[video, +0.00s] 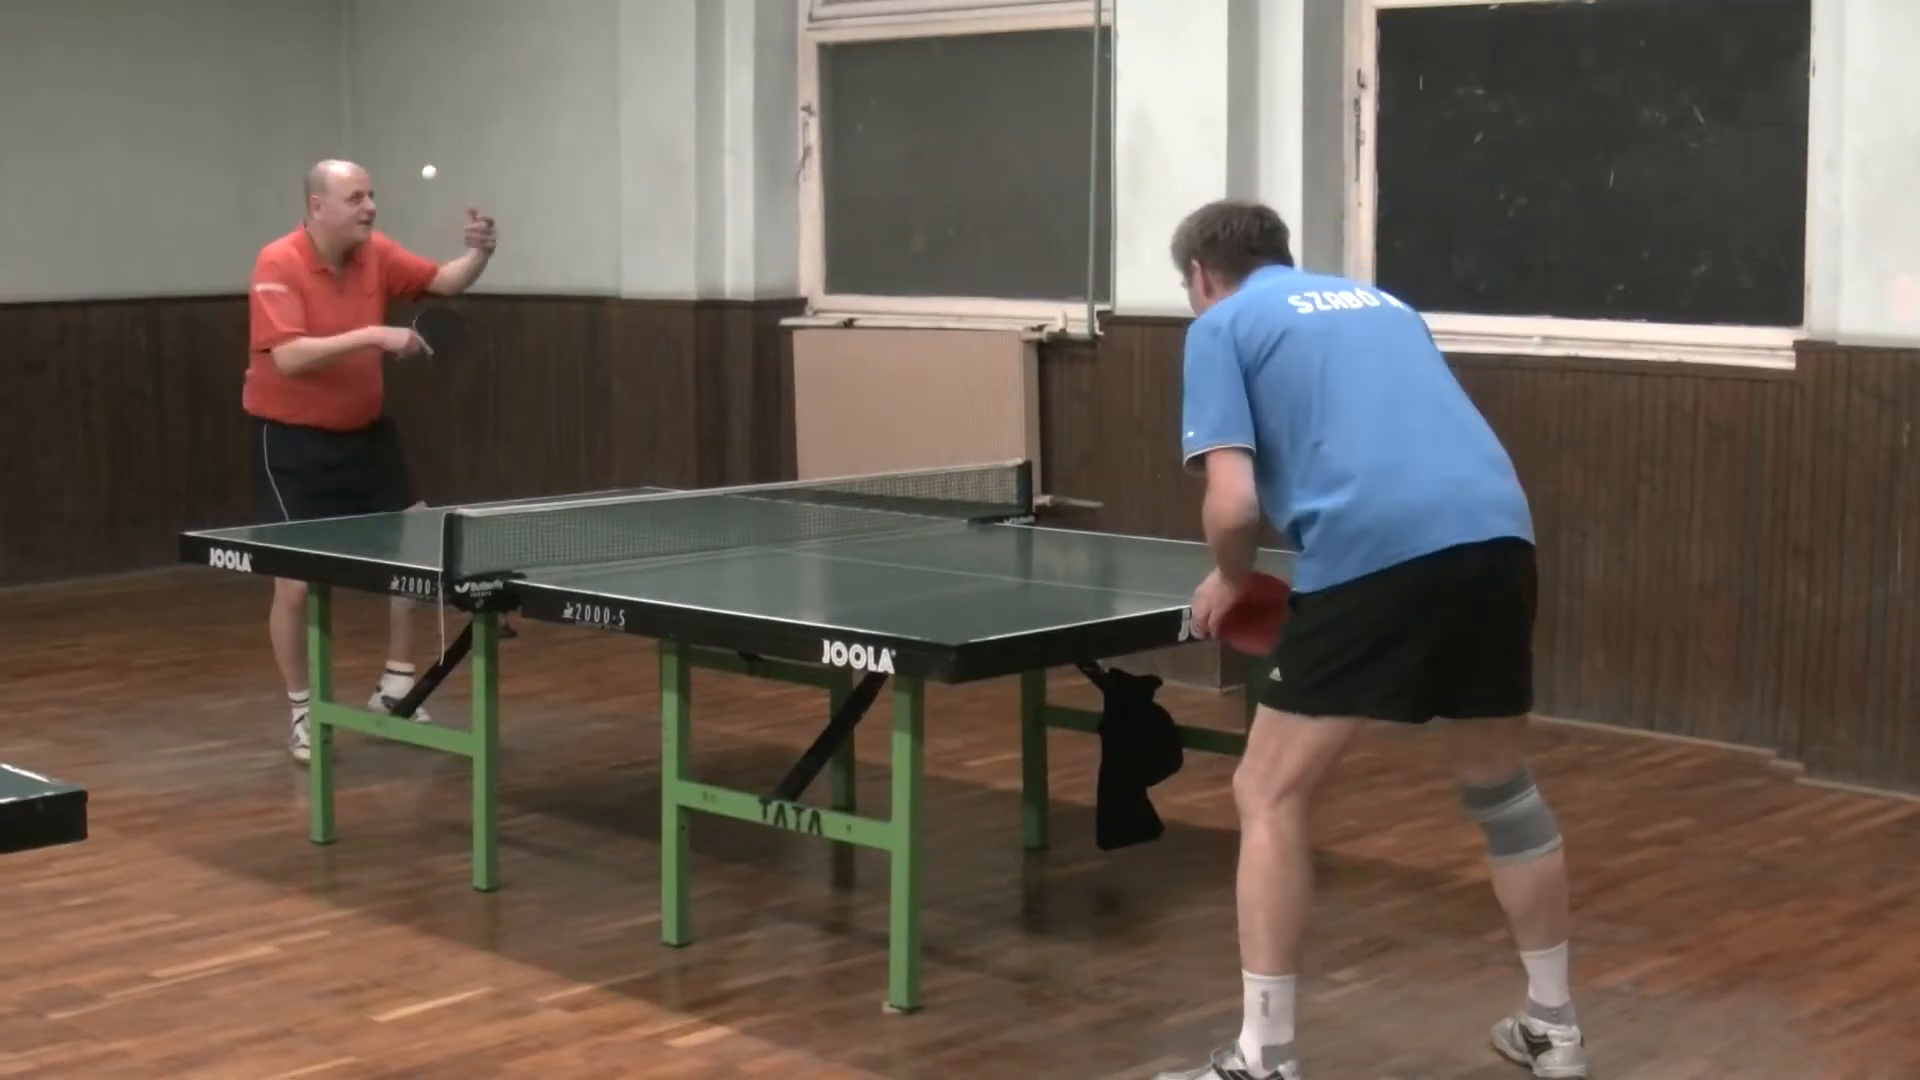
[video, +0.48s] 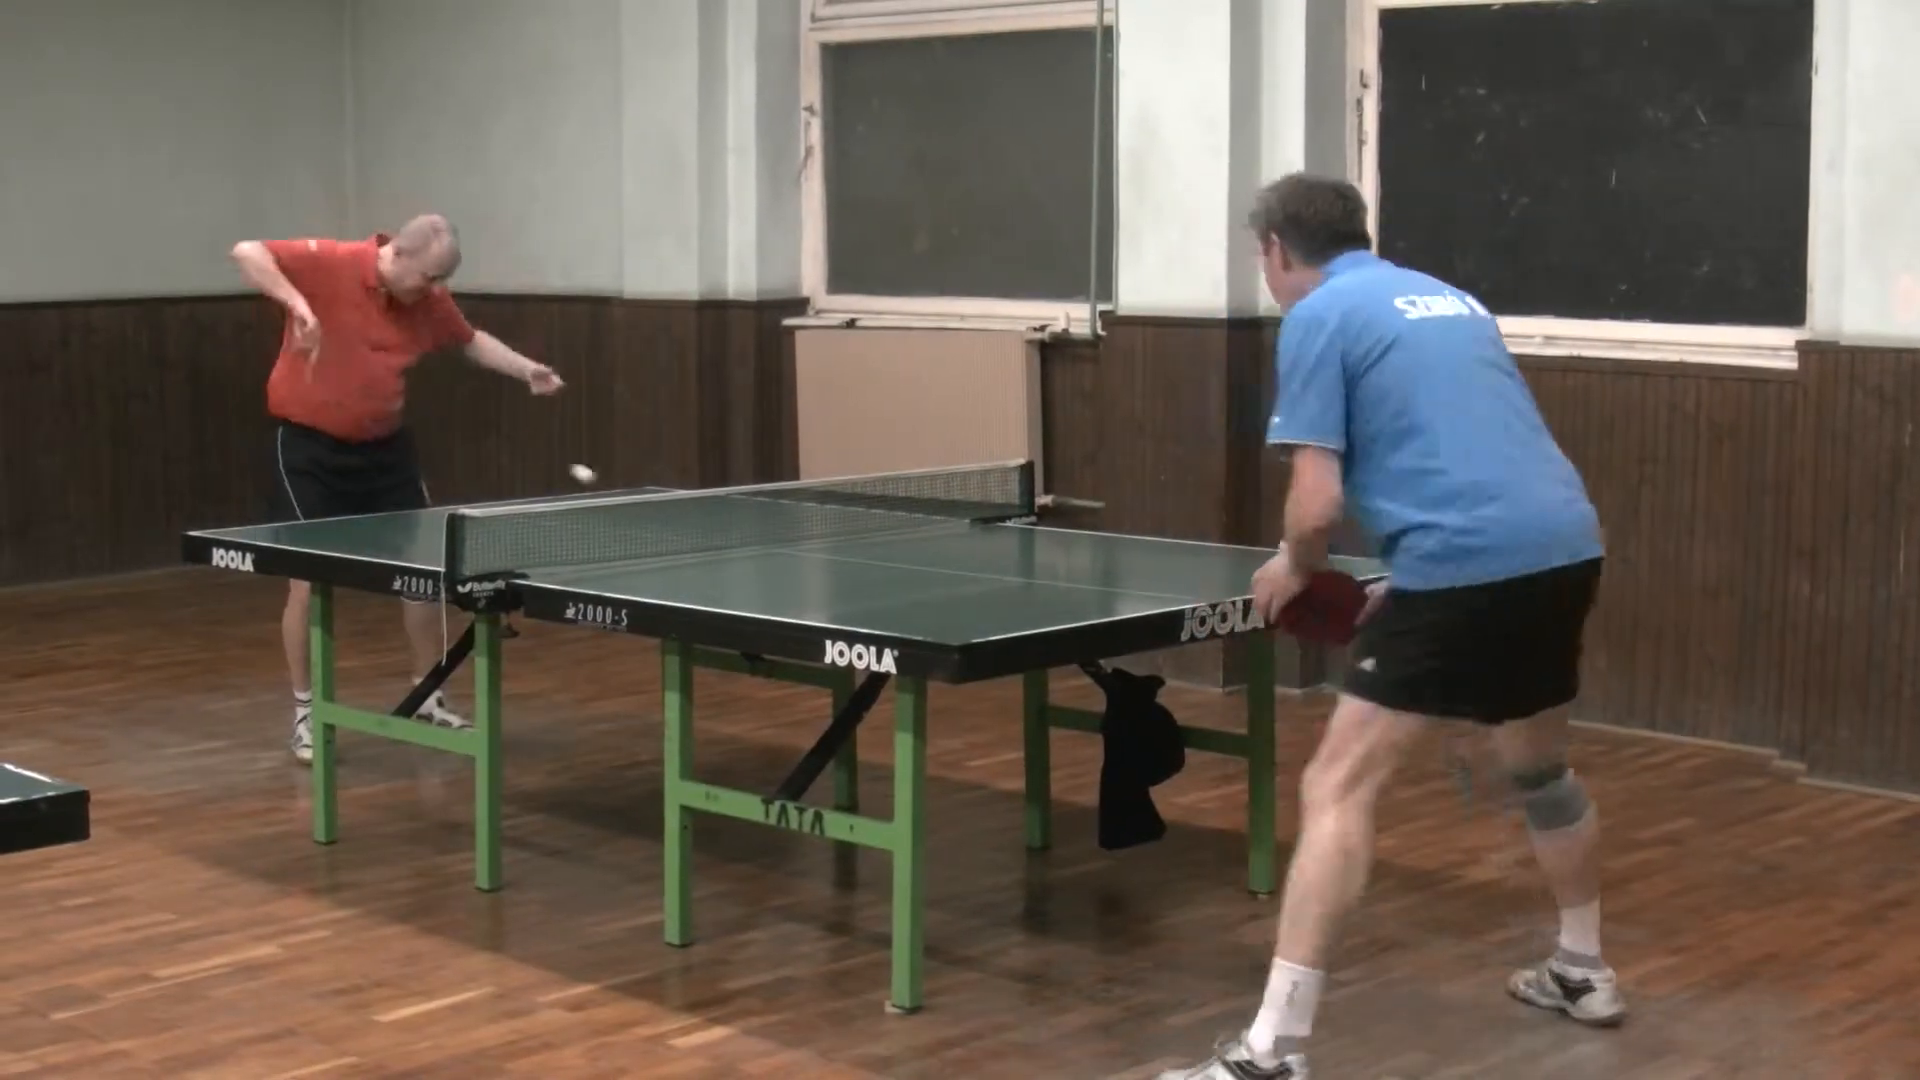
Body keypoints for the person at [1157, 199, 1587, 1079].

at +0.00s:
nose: (1195, 302)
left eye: (1189, 289)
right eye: (1191, 289)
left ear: (1205, 274)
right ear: (1279, 256)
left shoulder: (1219, 324)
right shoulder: (1375, 299)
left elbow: (1232, 501)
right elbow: (1399, 444)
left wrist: (1228, 573)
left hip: (1375, 551)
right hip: (1496, 533)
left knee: (1268, 791)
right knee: (1500, 785)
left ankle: (1265, 1051)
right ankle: (1553, 1021)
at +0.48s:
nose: (1268, 284)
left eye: (1262, 266)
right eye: (1264, 268)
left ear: (1279, 253)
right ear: (1357, 239)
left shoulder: (1315, 318)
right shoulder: (1442, 294)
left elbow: (1317, 506)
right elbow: (1479, 454)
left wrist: (1290, 561)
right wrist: (1401, 570)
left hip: (1459, 564)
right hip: (1565, 551)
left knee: (1338, 785)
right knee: (1536, 765)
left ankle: (1275, 1043)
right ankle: (1583, 968)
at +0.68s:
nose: (1319, 294)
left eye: (1316, 276)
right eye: (1318, 276)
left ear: (1335, 271)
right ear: (1404, 258)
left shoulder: (1372, 344)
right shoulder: (1492, 306)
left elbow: (1395, 518)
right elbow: (1545, 469)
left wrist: (1345, 576)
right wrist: (1445, 564)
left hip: (1548, 571)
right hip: (1645, 548)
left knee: (1449, 813)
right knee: (1575, 725)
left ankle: (1537, 1059)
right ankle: (1616, 947)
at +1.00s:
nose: (1430, 315)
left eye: (1428, 300)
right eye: (1430, 300)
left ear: (1448, 300)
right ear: (1512, 284)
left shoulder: (1489, 369)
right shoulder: (1588, 331)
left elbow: (1528, 513)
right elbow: (1664, 439)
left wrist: (1506, 632)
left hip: (1633, 588)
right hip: (1722, 570)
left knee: (1556, 808)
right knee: (1651, 730)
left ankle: (1544, 1043)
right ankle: (1659, 916)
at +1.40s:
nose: (1519, 206)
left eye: (1526, 193)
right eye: (1522, 194)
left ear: (1557, 200)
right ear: (1582, 193)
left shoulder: (1616, 290)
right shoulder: (1631, 243)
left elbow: (1636, 447)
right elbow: (1500, 221)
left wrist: (1566, 554)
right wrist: (1386, 182)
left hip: (1721, 522)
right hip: (1732, 506)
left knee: (1660, 751)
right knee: (1675, 722)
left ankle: (1770, 989)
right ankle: (1683, 908)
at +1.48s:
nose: (1531, 193)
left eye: (1539, 176)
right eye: (1533, 177)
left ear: (1576, 182)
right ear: (1595, 176)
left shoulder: (1635, 275)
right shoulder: (1629, 240)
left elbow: (1655, 437)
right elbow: (1524, 241)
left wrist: (1569, 545)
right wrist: (1397, 208)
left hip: (1734, 519)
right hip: (1717, 511)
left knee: (1692, 751)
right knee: (1684, 720)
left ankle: (1772, 992)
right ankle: (1687, 903)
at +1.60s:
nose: (1538, 164)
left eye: (1547, 146)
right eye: (1539, 147)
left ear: (1594, 149)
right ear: (1598, 148)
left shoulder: (1658, 240)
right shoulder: (1629, 231)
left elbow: (1692, 409)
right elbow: (1576, 302)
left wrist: (1600, 521)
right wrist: (1439, 314)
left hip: (1755, 491)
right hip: (1713, 490)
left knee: (1733, 728)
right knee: (1702, 688)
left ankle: (1776, 979)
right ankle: (1730, 890)